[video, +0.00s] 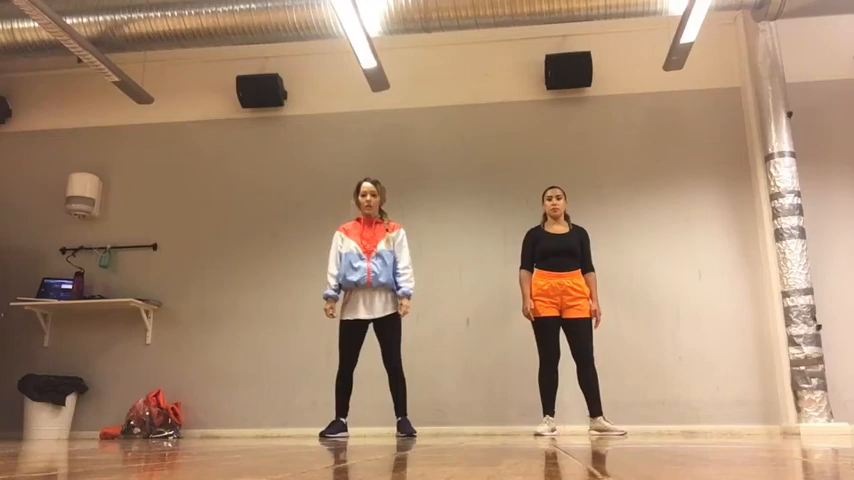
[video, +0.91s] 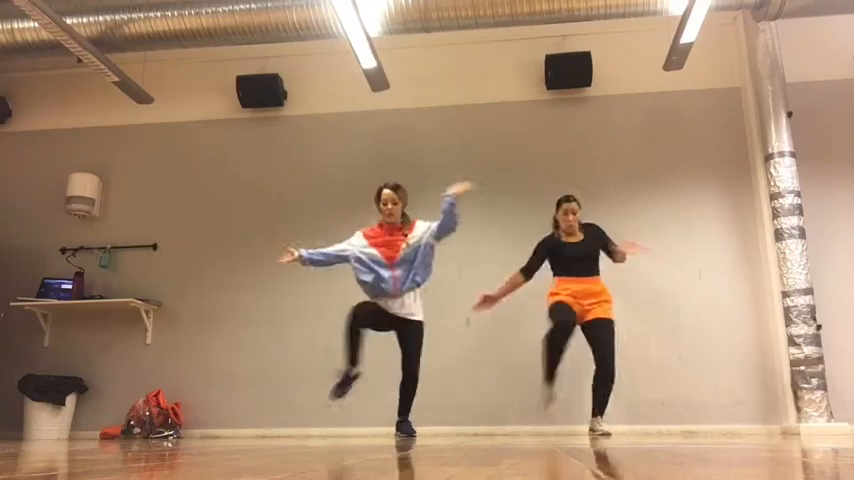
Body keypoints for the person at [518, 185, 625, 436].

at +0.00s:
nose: (554, 202)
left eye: (558, 198)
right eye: (549, 199)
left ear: (566, 203)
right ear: (543, 205)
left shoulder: (579, 233)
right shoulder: (533, 235)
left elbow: (588, 269)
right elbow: (526, 269)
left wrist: (595, 300)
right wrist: (527, 298)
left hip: (576, 299)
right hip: (544, 300)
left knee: (585, 358)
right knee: (548, 359)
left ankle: (597, 418)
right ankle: (548, 419)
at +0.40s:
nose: (555, 202)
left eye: (559, 198)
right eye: (550, 199)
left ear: (566, 204)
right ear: (543, 206)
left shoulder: (580, 233)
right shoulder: (534, 233)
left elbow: (588, 270)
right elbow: (523, 266)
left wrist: (596, 301)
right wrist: (534, 285)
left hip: (576, 299)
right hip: (544, 301)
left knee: (585, 358)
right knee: (548, 359)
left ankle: (596, 418)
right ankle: (548, 419)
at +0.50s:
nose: (556, 203)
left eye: (560, 199)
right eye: (551, 200)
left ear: (568, 203)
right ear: (545, 206)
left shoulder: (582, 233)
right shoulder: (536, 232)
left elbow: (590, 271)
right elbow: (530, 261)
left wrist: (600, 305)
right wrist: (564, 266)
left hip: (577, 302)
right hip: (544, 303)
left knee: (585, 358)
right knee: (548, 359)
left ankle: (595, 419)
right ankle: (548, 419)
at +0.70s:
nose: (560, 205)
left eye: (564, 201)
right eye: (555, 202)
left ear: (573, 206)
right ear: (550, 209)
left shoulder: (588, 234)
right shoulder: (546, 234)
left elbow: (604, 266)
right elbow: (556, 253)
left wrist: (628, 291)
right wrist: (578, 262)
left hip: (579, 298)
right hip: (547, 298)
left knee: (587, 357)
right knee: (540, 355)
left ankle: (594, 420)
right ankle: (546, 419)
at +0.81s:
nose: (563, 208)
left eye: (567, 204)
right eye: (558, 206)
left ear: (576, 209)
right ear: (553, 213)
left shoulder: (591, 233)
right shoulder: (551, 238)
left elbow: (608, 260)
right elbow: (539, 262)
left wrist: (641, 269)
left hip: (588, 300)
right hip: (556, 299)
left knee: (595, 358)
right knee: (542, 354)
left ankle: (595, 419)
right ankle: (542, 415)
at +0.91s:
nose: (570, 217)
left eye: (574, 212)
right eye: (565, 213)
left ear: (580, 214)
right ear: (557, 216)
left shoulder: (593, 232)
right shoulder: (549, 243)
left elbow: (616, 256)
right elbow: (525, 273)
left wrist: (622, 253)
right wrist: (497, 295)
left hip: (596, 298)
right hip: (564, 296)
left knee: (606, 362)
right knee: (564, 324)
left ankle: (597, 420)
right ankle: (548, 383)